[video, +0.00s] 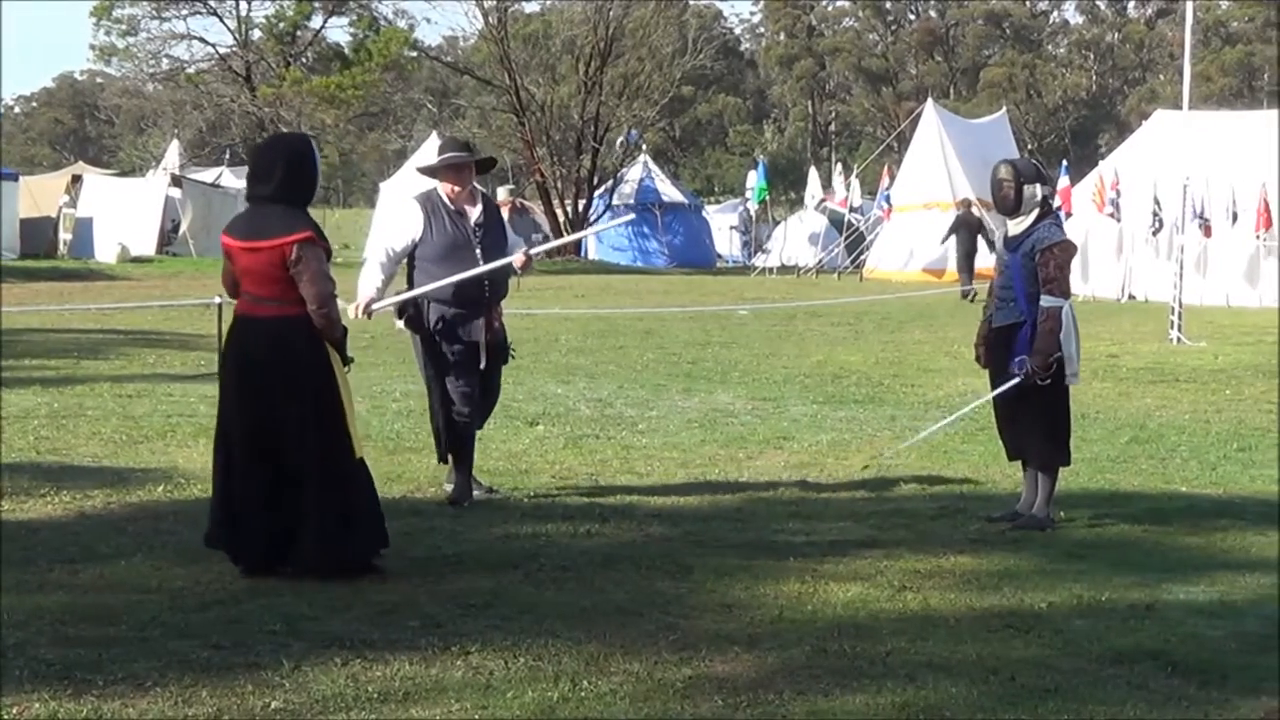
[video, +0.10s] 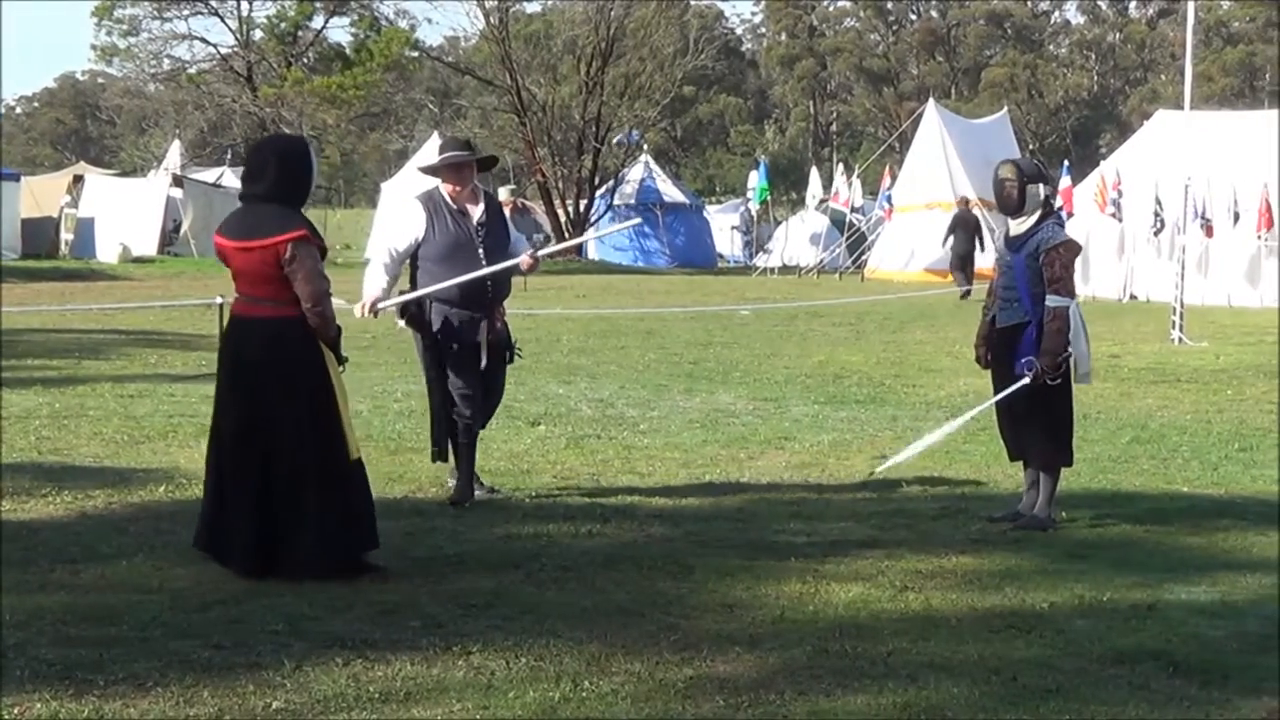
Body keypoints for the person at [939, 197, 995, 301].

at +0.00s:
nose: (960, 208)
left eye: (961, 206)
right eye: (961, 206)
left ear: (962, 206)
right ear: (971, 206)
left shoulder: (960, 218)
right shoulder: (977, 220)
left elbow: (951, 230)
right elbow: (985, 234)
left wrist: (944, 239)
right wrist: (991, 246)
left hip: (962, 248)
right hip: (973, 248)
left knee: (962, 269)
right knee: (970, 269)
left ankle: (970, 288)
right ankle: (965, 290)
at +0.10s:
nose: (957, 205)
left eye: (958, 203)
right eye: (958, 203)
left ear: (961, 204)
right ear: (968, 204)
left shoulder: (957, 216)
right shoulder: (974, 217)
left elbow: (950, 229)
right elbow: (979, 233)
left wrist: (944, 240)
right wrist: (982, 245)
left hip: (959, 247)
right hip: (970, 247)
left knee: (955, 268)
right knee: (968, 269)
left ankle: (963, 286)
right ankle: (968, 289)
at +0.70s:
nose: (950, 206)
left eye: (949, 203)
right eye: (952, 203)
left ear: (947, 204)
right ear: (956, 203)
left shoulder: (944, 216)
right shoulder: (963, 216)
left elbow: (938, 228)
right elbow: (969, 229)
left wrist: (934, 237)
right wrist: (973, 241)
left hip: (948, 248)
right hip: (958, 247)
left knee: (948, 269)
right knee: (958, 269)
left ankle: (949, 290)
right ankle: (958, 289)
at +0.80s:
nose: (948, 206)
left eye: (948, 204)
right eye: (950, 203)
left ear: (946, 205)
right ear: (954, 204)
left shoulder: (942, 217)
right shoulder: (961, 217)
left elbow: (934, 229)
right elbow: (969, 231)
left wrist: (931, 237)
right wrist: (972, 243)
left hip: (946, 248)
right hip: (956, 247)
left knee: (947, 269)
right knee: (956, 269)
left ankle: (948, 290)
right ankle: (954, 291)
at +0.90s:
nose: (947, 209)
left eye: (946, 206)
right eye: (948, 206)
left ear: (944, 207)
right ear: (952, 207)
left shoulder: (940, 219)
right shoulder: (958, 219)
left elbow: (931, 231)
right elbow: (967, 233)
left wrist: (929, 238)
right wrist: (971, 245)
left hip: (944, 248)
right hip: (954, 248)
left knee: (946, 269)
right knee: (954, 269)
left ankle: (948, 290)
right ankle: (951, 289)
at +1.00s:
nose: (946, 208)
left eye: (945, 206)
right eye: (948, 206)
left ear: (943, 207)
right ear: (951, 207)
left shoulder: (939, 219)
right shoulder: (956, 219)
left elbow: (932, 229)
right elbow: (964, 233)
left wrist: (929, 237)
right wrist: (969, 245)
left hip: (943, 247)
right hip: (953, 247)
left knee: (944, 268)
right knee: (952, 268)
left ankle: (947, 289)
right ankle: (951, 289)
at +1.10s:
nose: (944, 206)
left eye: (943, 204)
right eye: (946, 204)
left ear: (941, 205)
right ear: (949, 205)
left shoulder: (938, 216)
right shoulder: (954, 216)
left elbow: (931, 227)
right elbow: (960, 230)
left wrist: (928, 238)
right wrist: (964, 241)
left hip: (941, 246)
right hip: (951, 246)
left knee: (939, 266)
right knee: (952, 267)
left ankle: (945, 283)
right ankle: (951, 288)